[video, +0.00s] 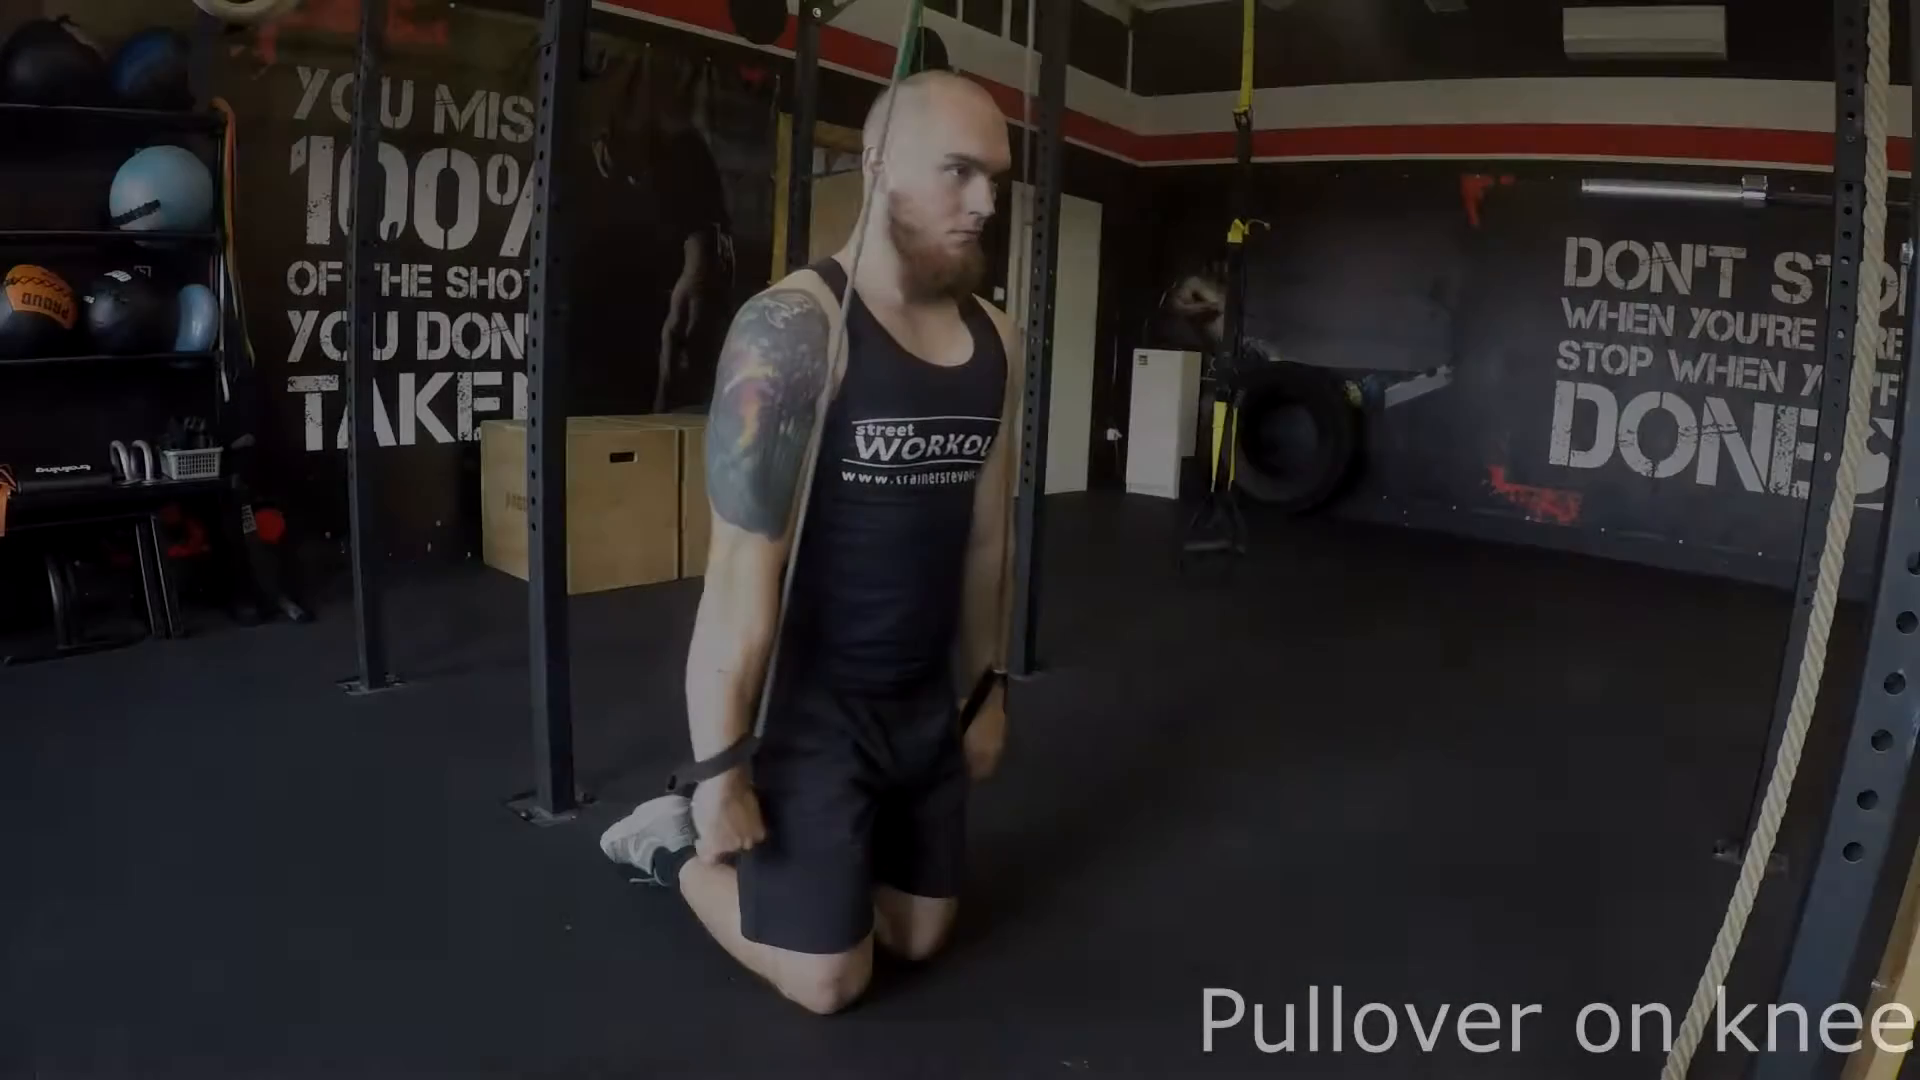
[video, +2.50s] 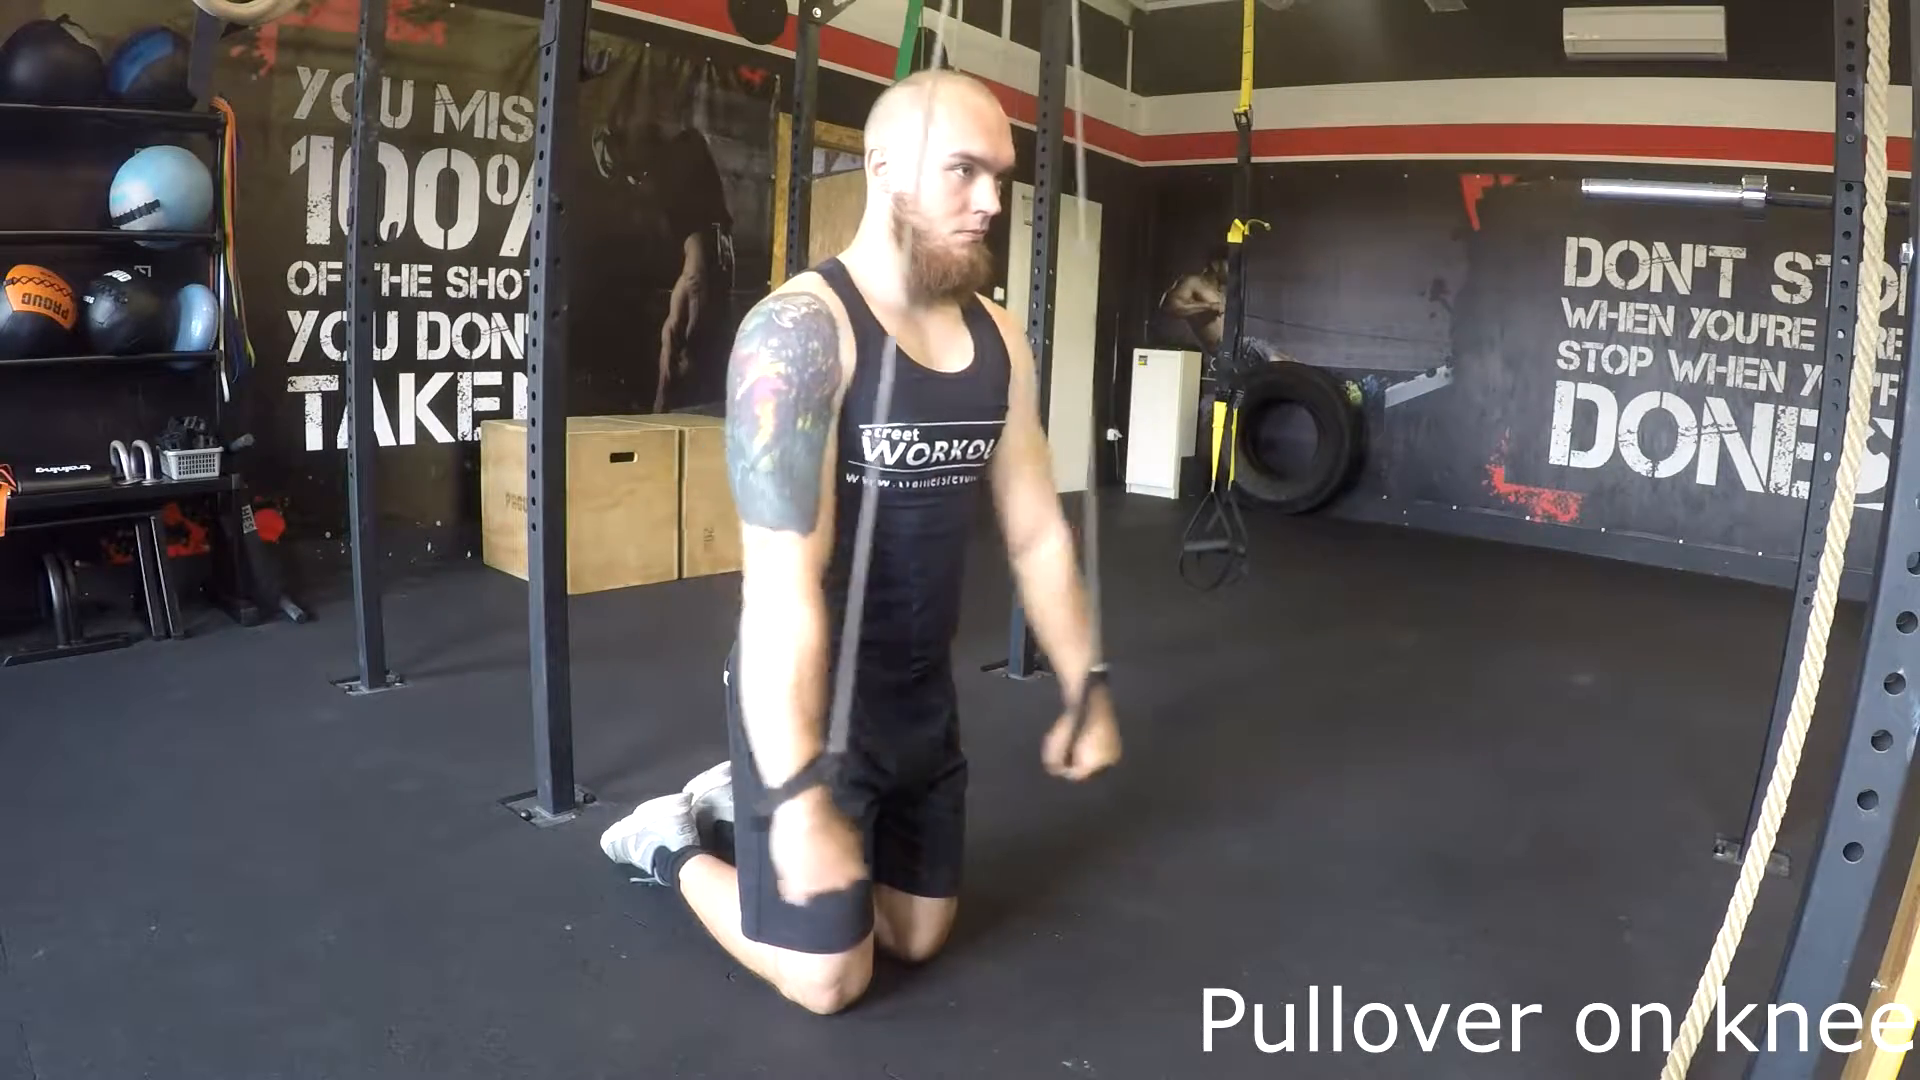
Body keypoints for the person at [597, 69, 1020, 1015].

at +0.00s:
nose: (983, 204)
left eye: (995, 179)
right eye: (958, 172)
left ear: (1003, 187)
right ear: (879, 167)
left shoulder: (990, 337)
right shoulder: (789, 329)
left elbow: (988, 530)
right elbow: (744, 564)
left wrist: (986, 682)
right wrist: (721, 768)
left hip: (923, 698)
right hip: (804, 705)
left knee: (918, 931)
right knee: (826, 979)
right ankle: (682, 845)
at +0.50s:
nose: (979, 202)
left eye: (990, 178)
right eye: (955, 171)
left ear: (996, 185)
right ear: (876, 170)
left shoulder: (988, 332)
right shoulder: (789, 325)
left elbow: (1053, 505)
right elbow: (807, 561)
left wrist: (1137, 671)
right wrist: (862, 766)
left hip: (917, 680)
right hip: (801, 682)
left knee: (914, 933)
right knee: (822, 978)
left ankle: (751, 803)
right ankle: (671, 849)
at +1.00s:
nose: (969, 201)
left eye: (980, 180)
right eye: (943, 175)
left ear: (985, 181)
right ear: (863, 176)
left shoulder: (960, 292)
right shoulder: (793, 282)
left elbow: (1133, 303)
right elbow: (967, 263)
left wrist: (1320, 312)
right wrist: (1189, 212)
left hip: (913, 683)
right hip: (797, 683)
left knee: (916, 932)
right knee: (821, 977)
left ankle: (753, 809)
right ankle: (677, 854)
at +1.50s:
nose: (989, 205)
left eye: (1000, 180)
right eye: (963, 173)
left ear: (1007, 189)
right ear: (882, 174)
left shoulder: (1000, 333)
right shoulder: (804, 324)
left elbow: (1091, 492)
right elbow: (858, 549)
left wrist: (1194, 647)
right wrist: (939, 757)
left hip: (919, 678)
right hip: (802, 685)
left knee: (916, 932)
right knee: (824, 980)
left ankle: (748, 808)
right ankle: (673, 852)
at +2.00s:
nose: (996, 206)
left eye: (1007, 181)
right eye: (971, 175)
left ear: (1012, 190)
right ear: (891, 174)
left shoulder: (996, 340)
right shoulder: (793, 335)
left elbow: (982, 538)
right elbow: (739, 575)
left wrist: (967, 683)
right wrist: (712, 766)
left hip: (926, 698)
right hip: (805, 704)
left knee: (916, 934)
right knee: (826, 981)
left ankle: (767, 829)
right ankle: (682, 840)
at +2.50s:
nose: (990, 201)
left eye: (1002, 176)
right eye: (964, 169)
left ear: (1007, 186)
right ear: (886, 173)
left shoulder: (996, 337)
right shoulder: (796, 333)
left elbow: (1037, 530)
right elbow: (782, 583)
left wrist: (1084, 679)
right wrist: (801, 793)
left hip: (920, 693)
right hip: (810, 694)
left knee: (916, 932)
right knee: (825, 981)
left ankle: (731, 808)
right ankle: (673, 854)